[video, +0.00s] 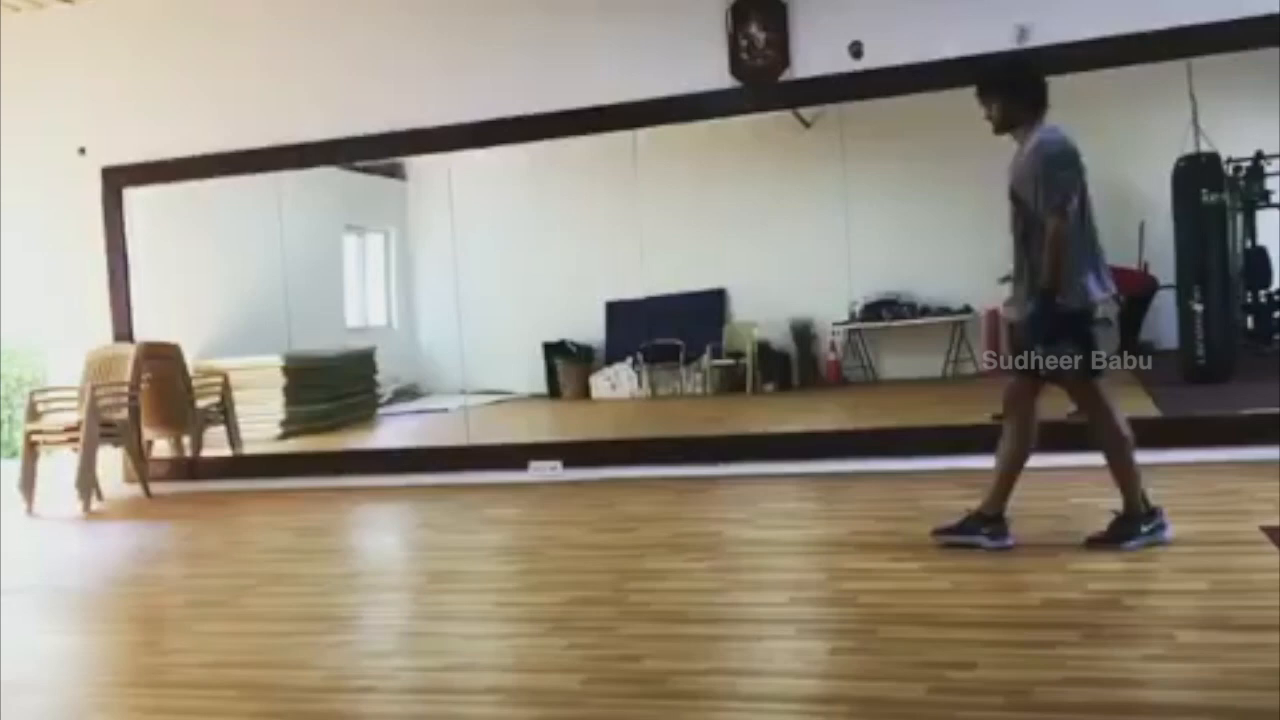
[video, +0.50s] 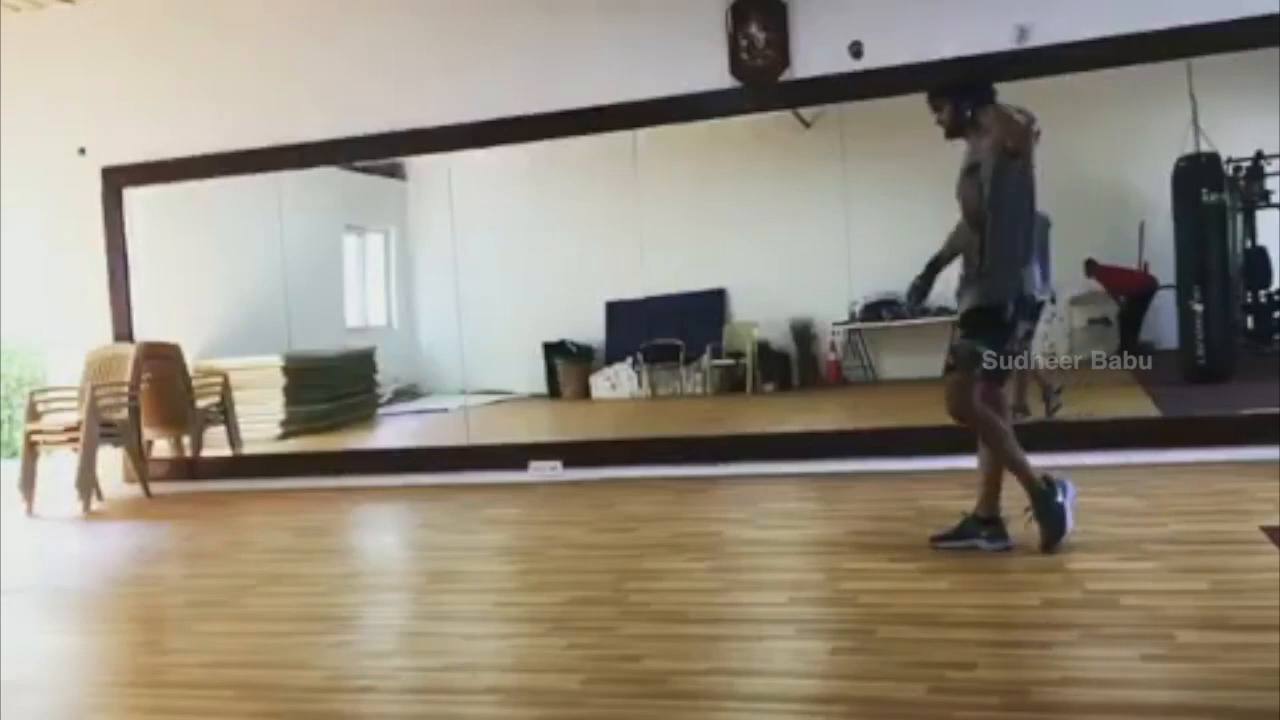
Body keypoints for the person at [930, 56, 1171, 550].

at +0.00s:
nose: (983, 110)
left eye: (989, 100)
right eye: (982, 100)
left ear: (1016, 99)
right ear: (1020, 102)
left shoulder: (1051, 148)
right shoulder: (1030, 151)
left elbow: (1058, 225)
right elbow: (1039, 231)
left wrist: (1047, 296)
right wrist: (1024, 301)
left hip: (1065, 304)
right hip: (1047, 304)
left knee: (1093, 404)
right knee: (1017, 403)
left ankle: (1139, 511)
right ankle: (990, 513)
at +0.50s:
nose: (936, 120)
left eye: (938, 110)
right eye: (934, 111)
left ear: (961, 105)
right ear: (964, 105)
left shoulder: (1002, 137)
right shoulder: (979, 150)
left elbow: (1010, 225)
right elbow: (972, 225)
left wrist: (994, 299)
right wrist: (933, 268)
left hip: (1003, 293)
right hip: (992, 291)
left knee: (962, 400)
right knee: (994, 402)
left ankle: (1041, 490)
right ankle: (986, 515)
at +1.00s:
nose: (957, 117)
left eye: (960, 106)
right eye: (956, 107)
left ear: (983, 103)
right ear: (987, 103)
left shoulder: (1027, 148)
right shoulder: (1005, 154)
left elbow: (1049, 215)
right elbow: (1030, 227)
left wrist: (987, 259)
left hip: (1018, 308)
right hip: (1005, 307)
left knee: (1023, 412)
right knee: (1009, 411)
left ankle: (1120, 505)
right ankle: (988, 517)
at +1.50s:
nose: (1016, 108)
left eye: (1019, 97)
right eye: (1014, 99)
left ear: (1045, 95)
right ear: (1054, 95)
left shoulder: (1092, 148)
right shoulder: (1078, 143)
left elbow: (1094, 233)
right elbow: (1092, 225)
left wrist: (1096, 302)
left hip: (1100, 302)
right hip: (1073, 298)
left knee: (1111, 397)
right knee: (1048, 387)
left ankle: (1144, 517)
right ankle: (1065, 507)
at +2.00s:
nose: (1040, 106)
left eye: (1043, 97)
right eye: (1038, 97)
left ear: (1066, 96)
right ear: (1080, 92)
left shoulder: (1111, 158)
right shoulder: (1095, 132)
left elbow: (1120, 247)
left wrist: (1118, 319)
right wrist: (1076, 201)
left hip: (1110, 300)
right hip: (1083, 292)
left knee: (1122, 400)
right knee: (1071, 387)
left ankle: (1145, 518)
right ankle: (1177, 463)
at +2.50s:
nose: (1017, 109)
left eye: (1019, 98)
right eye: (1015, 99)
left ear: (1041, 95)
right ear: (1057, 91)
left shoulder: (1073, 147)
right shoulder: (1093, 134)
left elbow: (1082, 229)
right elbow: (1105, 220)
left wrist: (1068, 293)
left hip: (1101, 298)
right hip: (1107, 292)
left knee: (1114, 401)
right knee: (1054, 394)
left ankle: (1145, 519)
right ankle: (1024, 504)